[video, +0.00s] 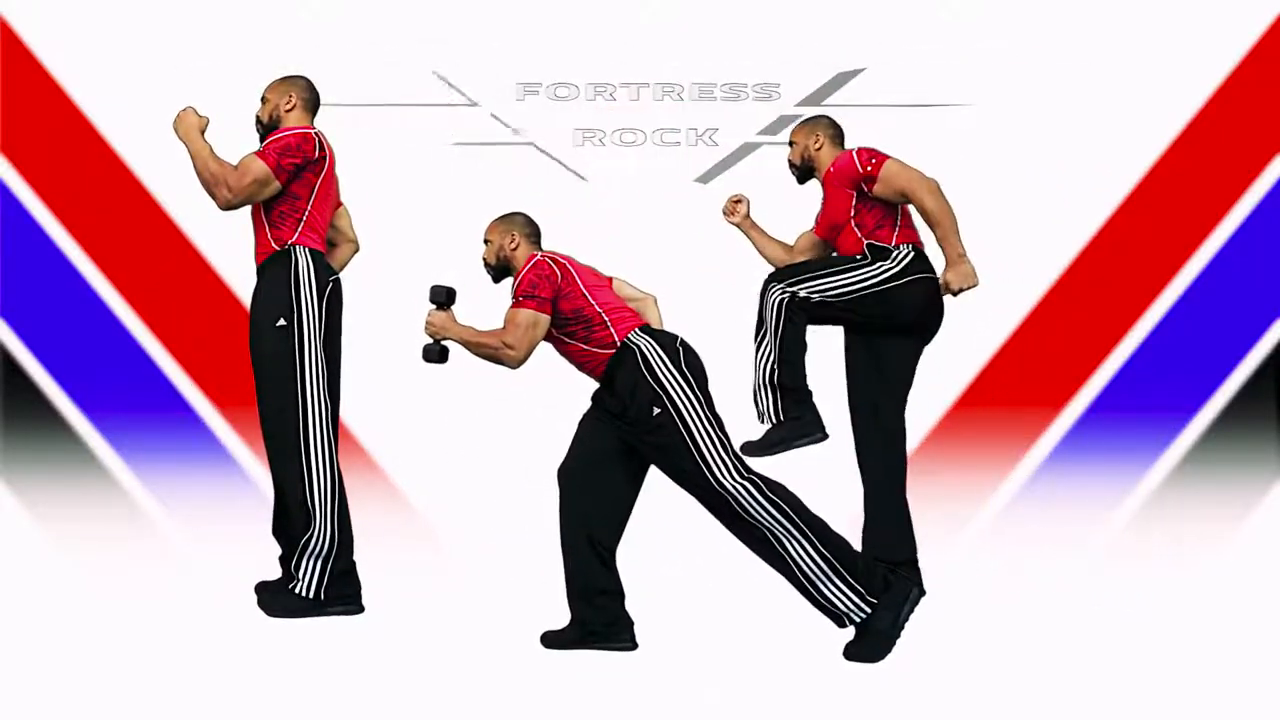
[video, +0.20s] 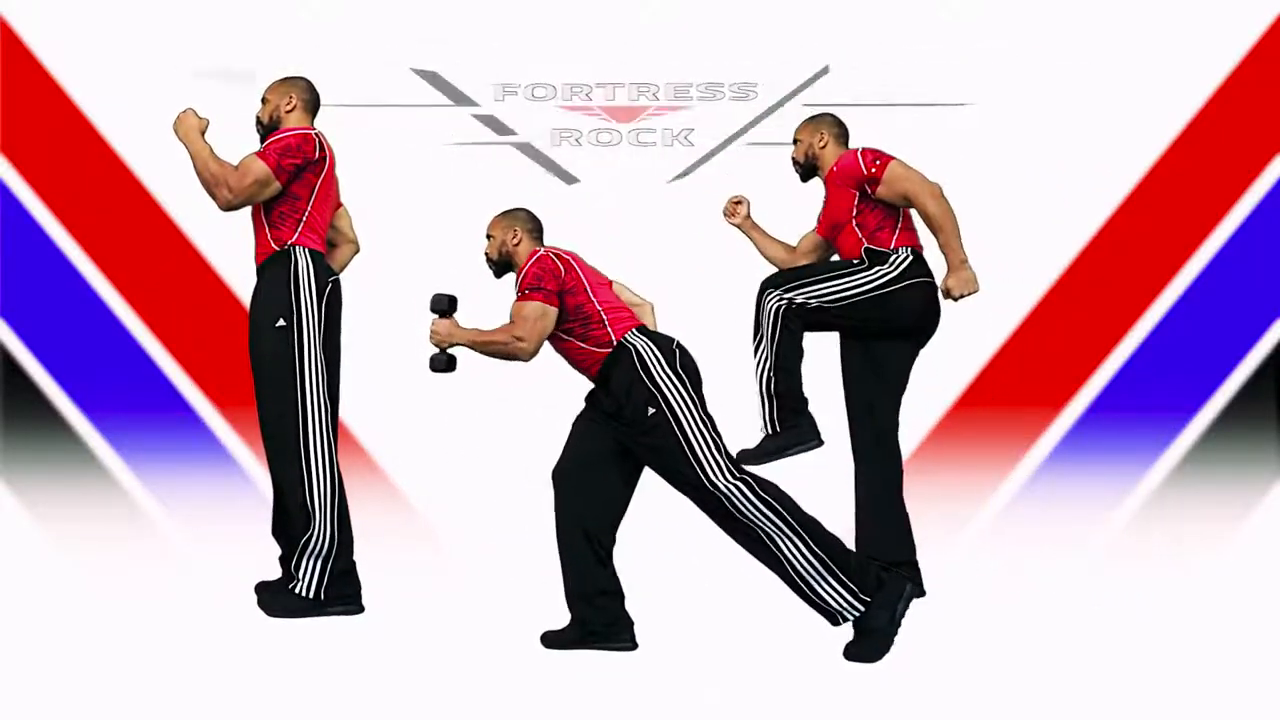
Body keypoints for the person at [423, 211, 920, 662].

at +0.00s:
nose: (484, 253)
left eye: (489, 243)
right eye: (485, 246)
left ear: (517, 239)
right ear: (524, 243)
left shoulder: (538, 270)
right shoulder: (564, 271)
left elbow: (511, 349)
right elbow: (643, 300)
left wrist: (448, 329)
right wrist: (661, 369)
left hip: (649, 366)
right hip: (626, 383)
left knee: (734, 491)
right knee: (584, 488)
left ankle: (873, 598)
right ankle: (601, 622)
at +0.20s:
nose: (485, 246)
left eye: (492, 236)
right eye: (486, 239)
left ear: (520, 233)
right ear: (524, 239)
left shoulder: (541, 265)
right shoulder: (562, 268)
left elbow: (523, 342)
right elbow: (640, 306)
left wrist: (458, 335)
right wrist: (643, 377)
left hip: (644, 368)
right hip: (618, 387)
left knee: (728, 491)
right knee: (578, 487)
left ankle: (866, 596)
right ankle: (601, 622)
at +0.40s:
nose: (498, 223)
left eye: (502, 212)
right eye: (498, 215)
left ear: (527, 210)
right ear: (531, 212)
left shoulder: (557, 238)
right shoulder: (542, 260)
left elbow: (569, 299)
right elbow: (602, 328)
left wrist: (505, 345)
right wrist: (584, 376)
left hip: (630, 353)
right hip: (604, 371)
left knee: (634, 487)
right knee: (577, 489)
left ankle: (778, 569)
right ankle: (601, 621)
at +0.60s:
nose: (521, 196)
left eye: (526, 186)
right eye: (522, 188)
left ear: (549, 184)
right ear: (553, 185)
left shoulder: (578, 211)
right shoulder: (566, 239)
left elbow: (626, 258)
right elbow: (576, 324)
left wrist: (592, 326)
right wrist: (511, 322)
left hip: (612, 343)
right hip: (616, 356)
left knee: (508, 398)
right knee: (591, 486)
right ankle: (603, 619)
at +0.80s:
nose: (533, 186)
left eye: (538, 176)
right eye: (533, 179)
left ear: (564, 174)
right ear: (563, 176)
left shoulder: (590, 203)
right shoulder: (571, 234)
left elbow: (648, 253)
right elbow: (545, 303)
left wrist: (631, 322)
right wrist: (496, 273)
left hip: (598, 325)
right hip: (604, 347)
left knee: (490, 339)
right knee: (581, 486)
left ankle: (490, 469)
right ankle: (604, 620)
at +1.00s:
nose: (536, 186)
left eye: (542, 176)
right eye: (537, 178)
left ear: (568, 175)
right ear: (568, 177)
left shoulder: (591, 205)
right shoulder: (571, 236)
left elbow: (644, 257)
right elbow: (554, 307)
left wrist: (631, 329)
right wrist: (500, 274)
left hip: (600, 323)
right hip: (606, 342)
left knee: (488, 353)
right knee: (580, 489)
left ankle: (498, 482)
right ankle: (602, 621)